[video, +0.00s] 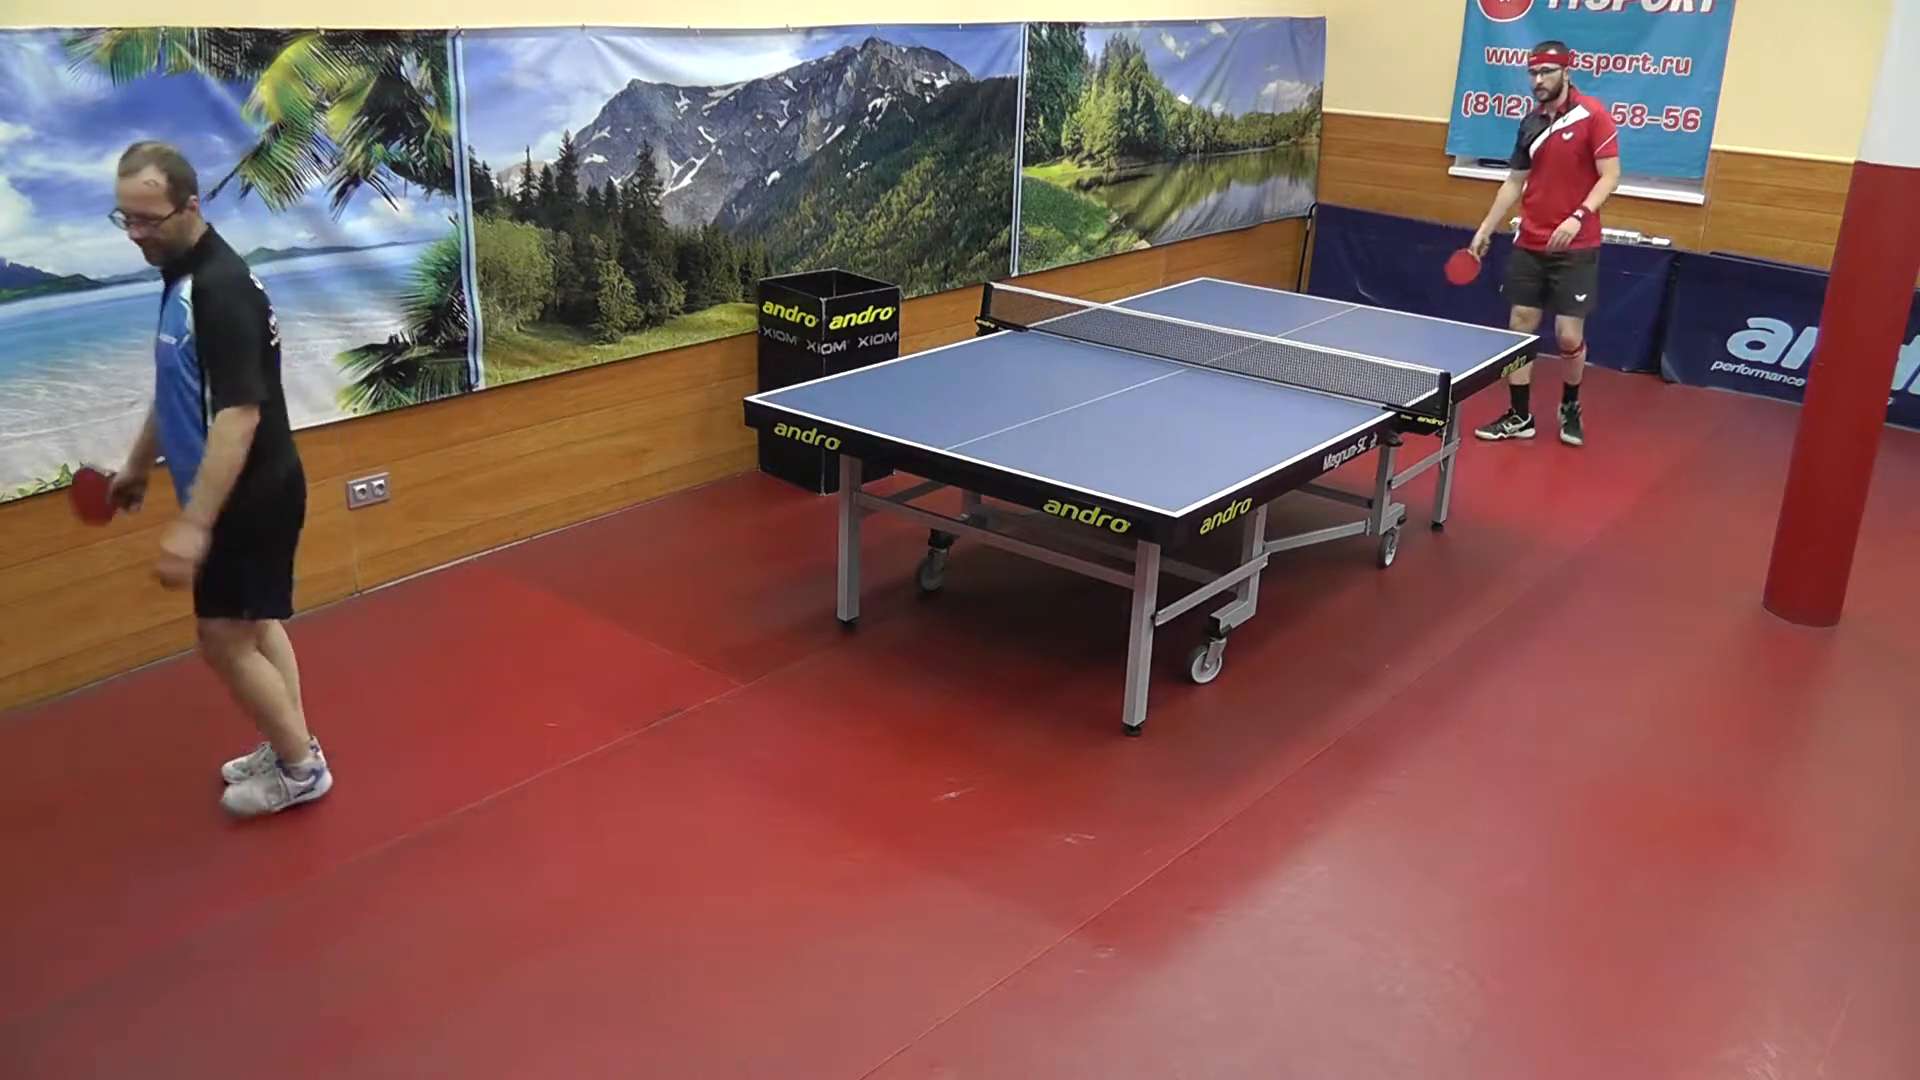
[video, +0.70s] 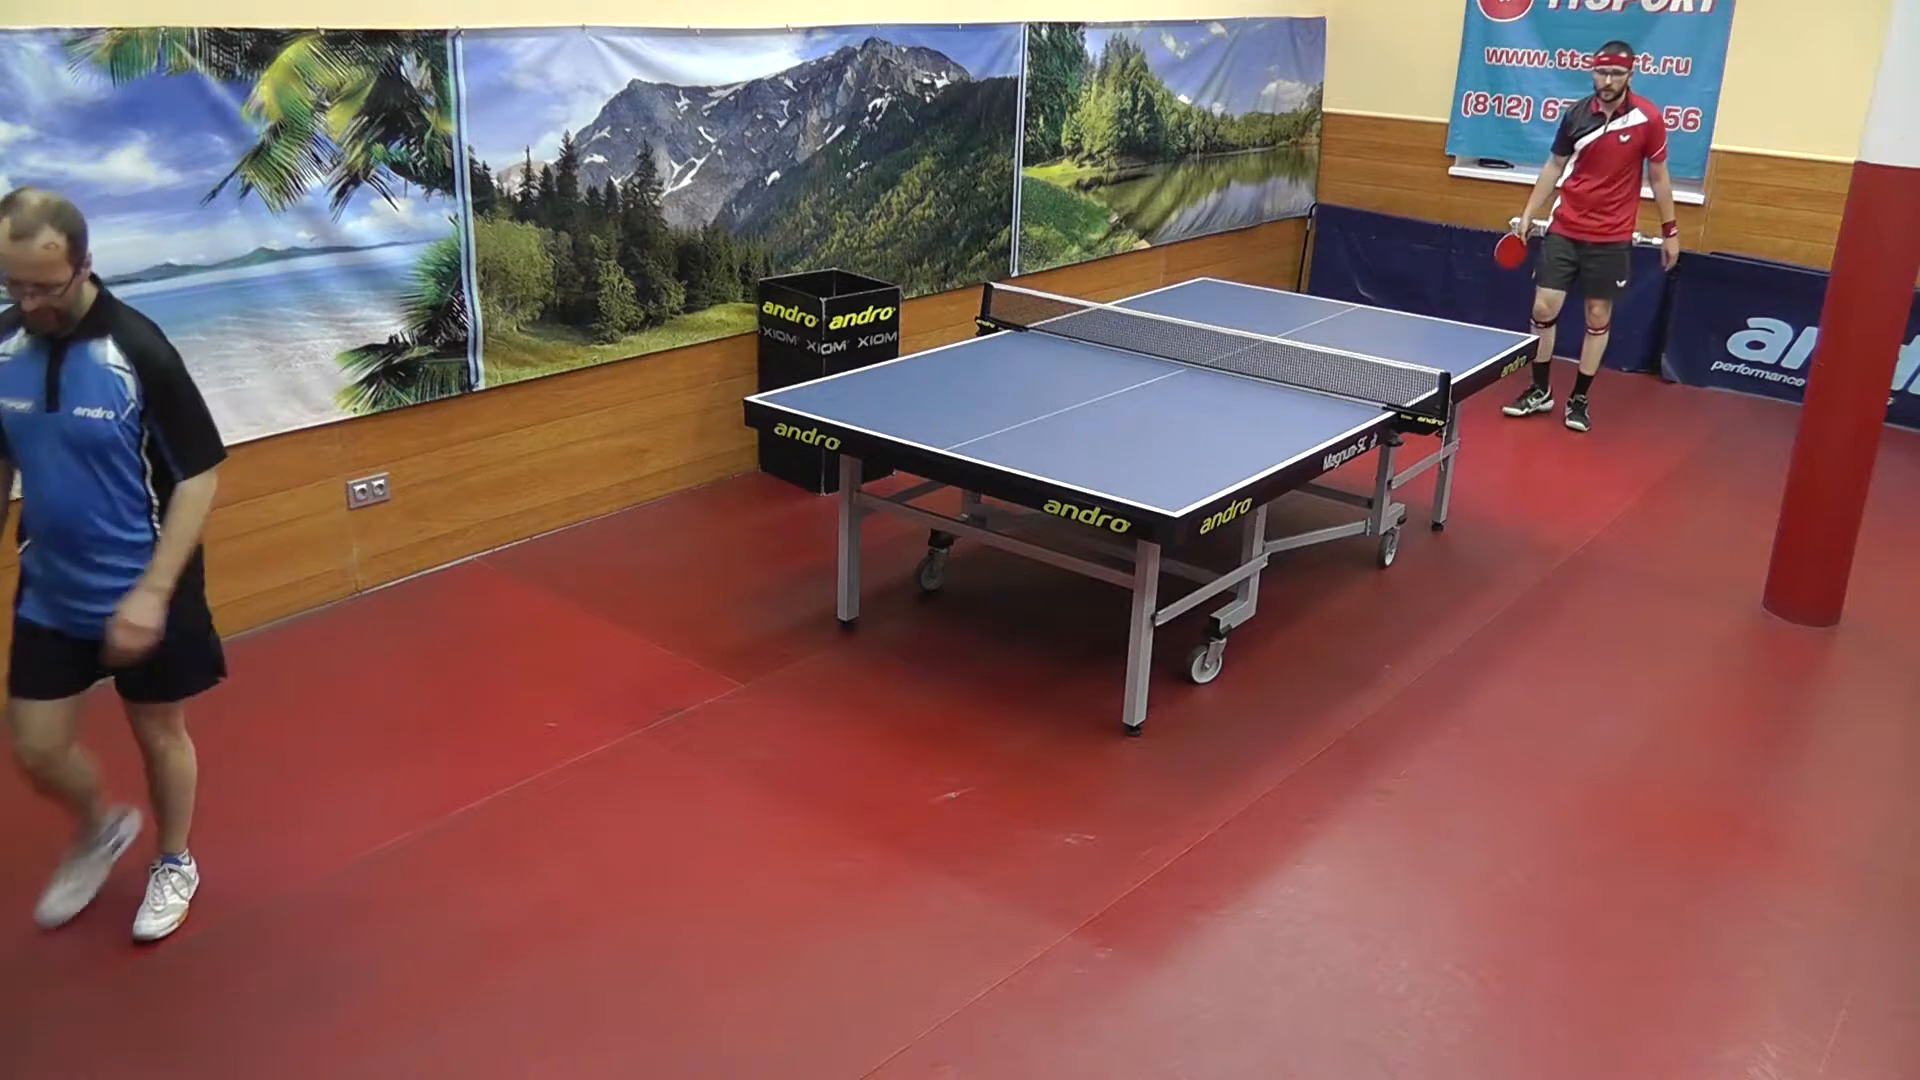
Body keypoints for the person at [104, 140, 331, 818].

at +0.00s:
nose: (133, 234)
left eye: (146, 219)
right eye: (125, 219)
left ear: (189, 207)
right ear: (122, 211)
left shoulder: (219, 285)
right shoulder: (182, 275)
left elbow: (240, 415)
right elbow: (179, 387)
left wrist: (195, 522)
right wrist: (139, 465)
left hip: (252, 488)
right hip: (233, 484)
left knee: (223, 643)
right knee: (258, 624)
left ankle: (301, 769)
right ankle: (291, 747)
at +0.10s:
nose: (117, 235)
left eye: (131, 219)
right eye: (107, 220)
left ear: (171, 208)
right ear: (102, 213)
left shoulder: (211, 291)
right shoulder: (154, 283)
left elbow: (250, 417)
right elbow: (143, 390)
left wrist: (271, 529)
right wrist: (108, 479)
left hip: (230, 503)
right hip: (200, 501)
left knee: (206, 654)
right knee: (247, 626)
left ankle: (264, 787)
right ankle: (292, 743)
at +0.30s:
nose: (81, 260)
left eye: (95, 245)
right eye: (71, 244)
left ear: (135, 232)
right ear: (62, 232)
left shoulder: (185, 312)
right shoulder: (93, 306)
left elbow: (266, 413)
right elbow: (98, 417)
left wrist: (334, 510)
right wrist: (84, 520)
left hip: (210, 527)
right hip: (165, 524)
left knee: (178, 679)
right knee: (234, 631)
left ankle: (179, 847)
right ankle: (291, 737)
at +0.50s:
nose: (59, 283)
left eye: (75, 268)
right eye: (46, 267)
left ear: (112, 249)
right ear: (36, 253)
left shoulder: (164, 338)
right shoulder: (45, 325)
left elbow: (230, 455)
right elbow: (46, 445)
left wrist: (282, 559)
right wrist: (37, 558)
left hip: (169, 565)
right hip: (102, 564)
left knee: (161, 712)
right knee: (135, 682)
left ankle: (174, 863)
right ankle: (239, 724)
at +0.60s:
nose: (48, 290)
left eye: (63, 275)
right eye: (34, 274)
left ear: (99, 255)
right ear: (20, 258)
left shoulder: (153, 342)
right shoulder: (20, 337)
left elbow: (214, 468)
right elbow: (17, 459)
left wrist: (220, 591)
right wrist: (8, 568)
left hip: (153, 582)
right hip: (72, 580)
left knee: (161, 727)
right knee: (80, 714)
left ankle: (174, 864)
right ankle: (183, 748)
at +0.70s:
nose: (29, 302)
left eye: (44, 286)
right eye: (16, 286)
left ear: (81, 263)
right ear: (3, 271)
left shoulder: (137, 349)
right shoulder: (11, 351)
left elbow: (201, 471)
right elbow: (8, 470)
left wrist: (153, 590)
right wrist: (7, 560)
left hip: (138, 587)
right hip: (48, 586)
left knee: (161, 733)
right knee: (35, 746)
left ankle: (176, 862)